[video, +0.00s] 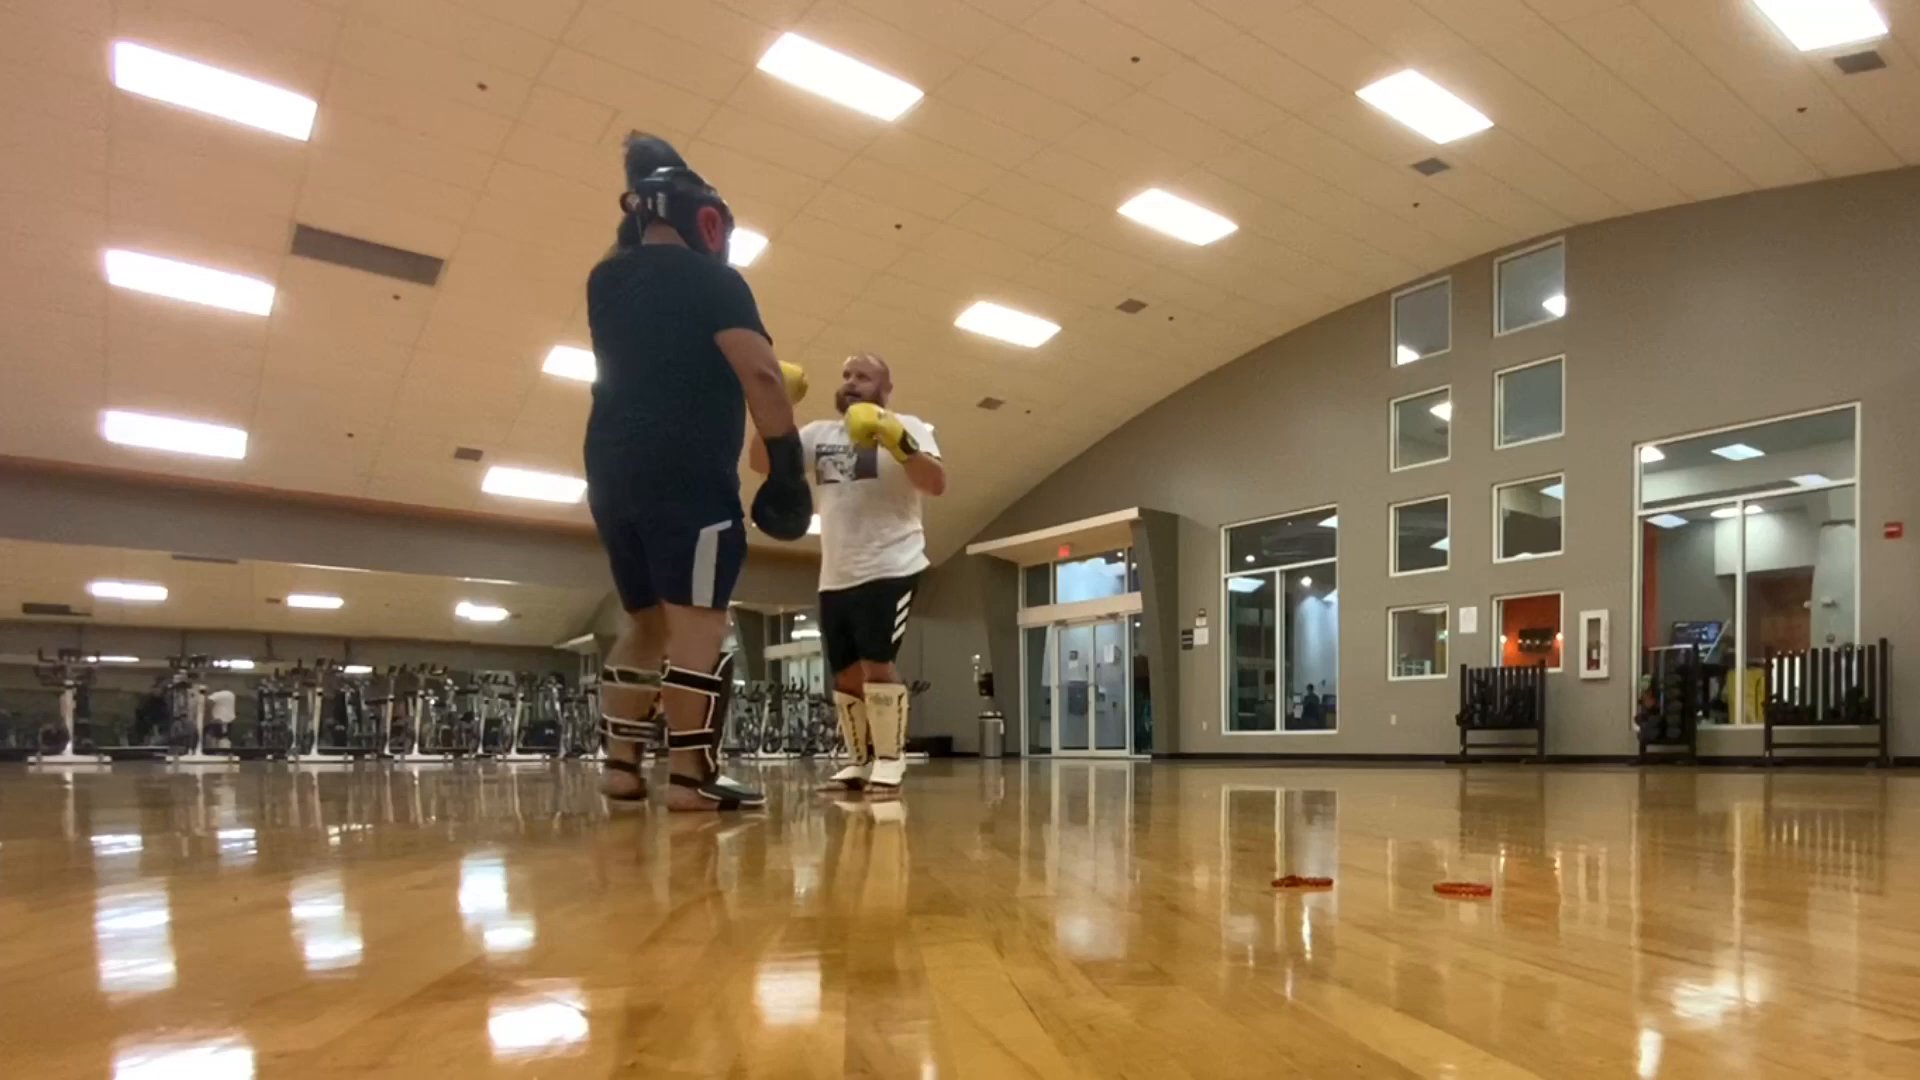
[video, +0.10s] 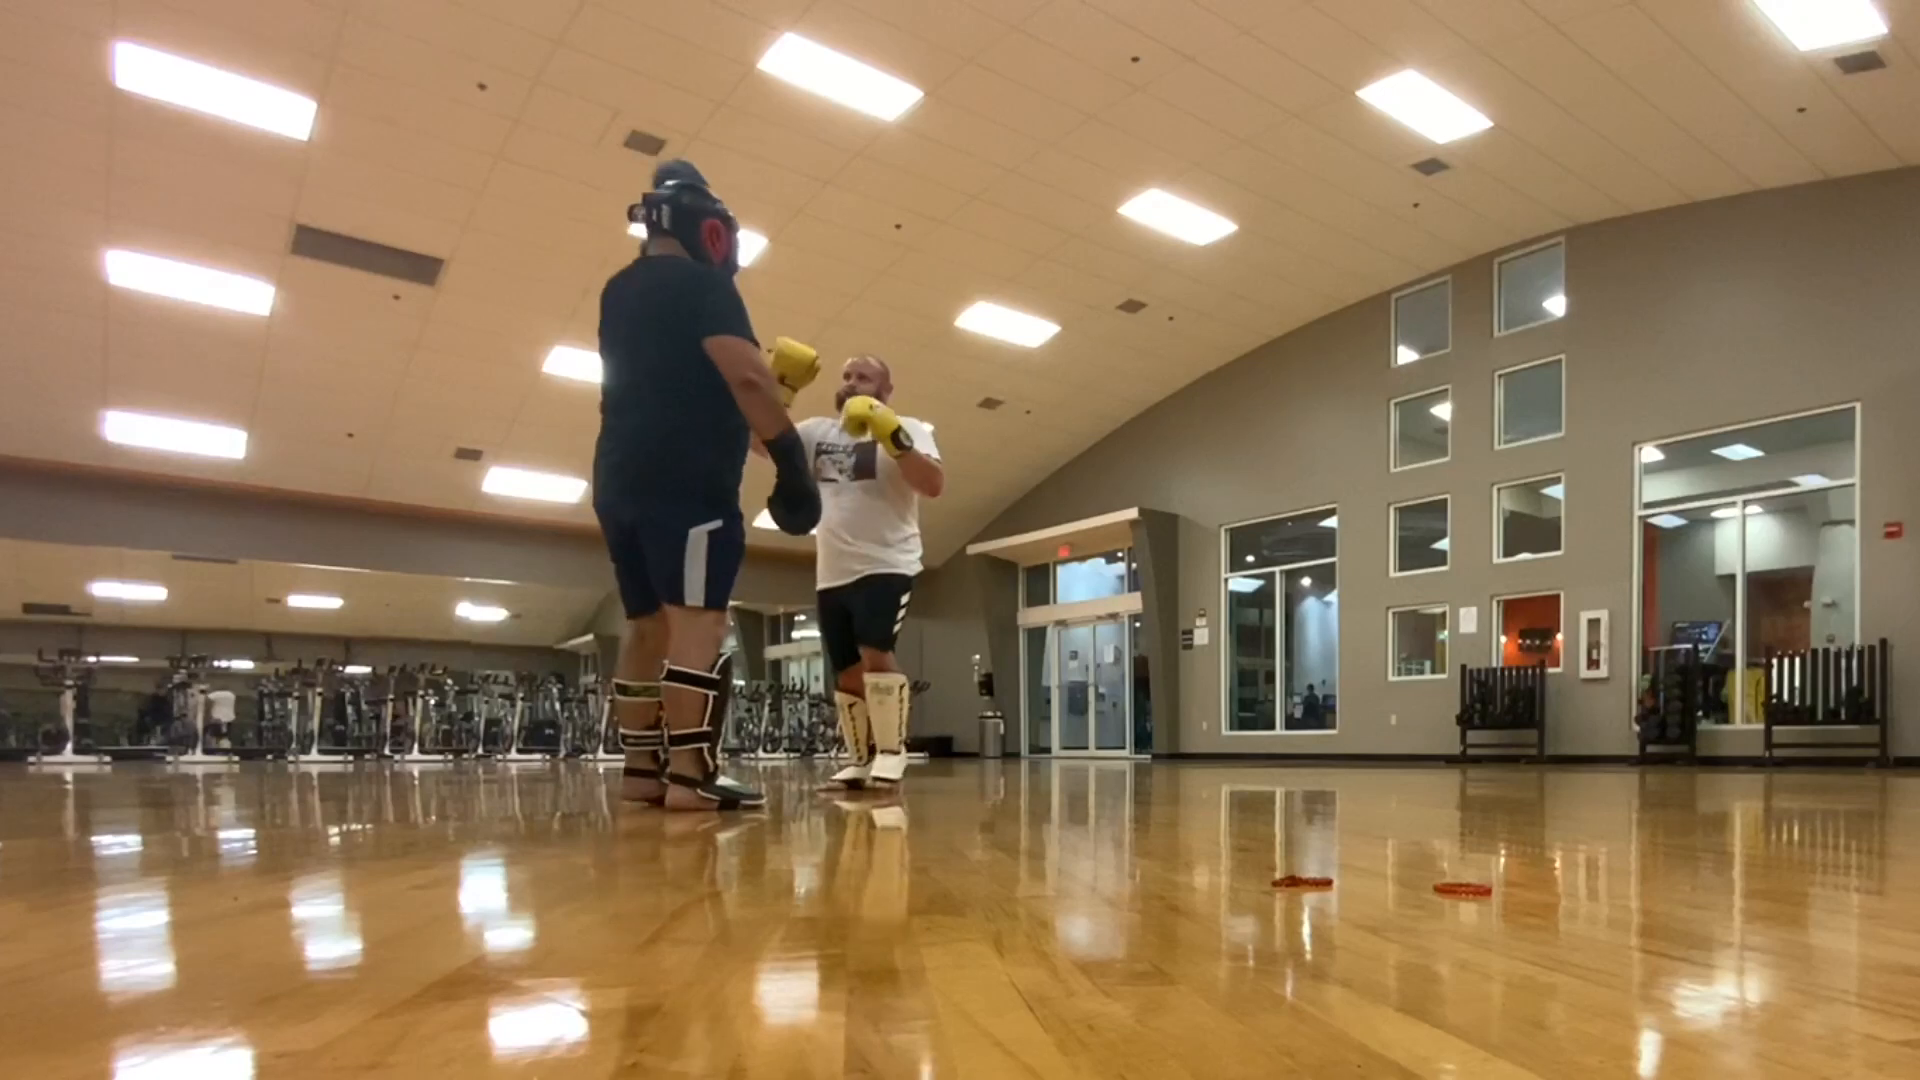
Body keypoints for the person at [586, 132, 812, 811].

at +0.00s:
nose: (724, 243)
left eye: (724, 230)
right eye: (721, 229)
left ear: (643, 220)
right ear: (703, 220)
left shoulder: (606, 279)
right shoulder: (713, 279)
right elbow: (759, 374)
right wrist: (786, 469)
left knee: (646, 621)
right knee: (698, 622)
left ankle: (621, 765)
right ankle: (691, 776)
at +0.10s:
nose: (727, 247)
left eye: (726, 234)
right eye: (723, 233)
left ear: (653, 226)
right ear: (706, 228)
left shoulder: (618, 289)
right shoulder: (704, 284)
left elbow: (667, 376)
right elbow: (746, 377)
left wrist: (759, 378)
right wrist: (792, 463)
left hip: (621, 480)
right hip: (690, 479)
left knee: (647, 625)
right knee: (699, 624)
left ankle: (642, 769)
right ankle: (690, 778)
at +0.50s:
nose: (728, 278)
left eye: (725, 271)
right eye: (719, 263)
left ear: (690, 264)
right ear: (693, 254)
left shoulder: (688, 309)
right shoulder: (649, 288)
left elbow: (737, 292)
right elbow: (646, 350)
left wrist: (775, 248)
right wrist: (728, 431)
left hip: (657, 483)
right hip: (633, 480)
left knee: (649, 612)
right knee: (646, 610)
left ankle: (623, 757)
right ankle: (614, 757)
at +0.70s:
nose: (705, 268)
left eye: (704, 257)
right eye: (700, 254)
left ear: (654, 248)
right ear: (675, 246)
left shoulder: (650, 308)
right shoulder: (630, 286)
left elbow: (679, 364)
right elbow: (659, 375)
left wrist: (729, 319)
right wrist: (727, 401)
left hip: (648, 494)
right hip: (608, 486)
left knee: (632, 628)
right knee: (588, 617)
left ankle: (637, 769)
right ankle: (510, 751)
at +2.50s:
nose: (639, 259)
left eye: (640, 247)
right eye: (634, 244)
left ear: (592, 242)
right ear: (604, 237)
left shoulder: (595, 311)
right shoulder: (535, 276)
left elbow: (639, 314)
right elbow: (557, 350)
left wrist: (681, 256)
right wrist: (637, 361)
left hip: (569, 496)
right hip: (504, 476)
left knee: (607, 623)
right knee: (489, 603)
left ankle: (578, 760)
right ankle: (395, 747)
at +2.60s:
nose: (606, 254)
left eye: (604, 240)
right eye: (597, 238)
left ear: (558, 240)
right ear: (567, 235)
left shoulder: (557, 315)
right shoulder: (507, 284)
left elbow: (566, 382)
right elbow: (534, 369)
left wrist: (638, 349)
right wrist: (621, 380)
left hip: (555, 507)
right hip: (490, 490)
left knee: (606, 629)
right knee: (471, 614)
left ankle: (578, 768)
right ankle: (340, 745)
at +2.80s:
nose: (523, 199)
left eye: (520, 184)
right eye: (513, 181)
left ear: (467, 179)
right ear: (480, 173)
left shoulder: (465, 250)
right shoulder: (432, 224)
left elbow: (452, 359)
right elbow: (497, 319)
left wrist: (534, 378)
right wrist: (562, 316)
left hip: (459, 476)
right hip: (399, 462)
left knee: (495, 624)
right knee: (382, 614)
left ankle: (547, 760)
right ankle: (291, 770)